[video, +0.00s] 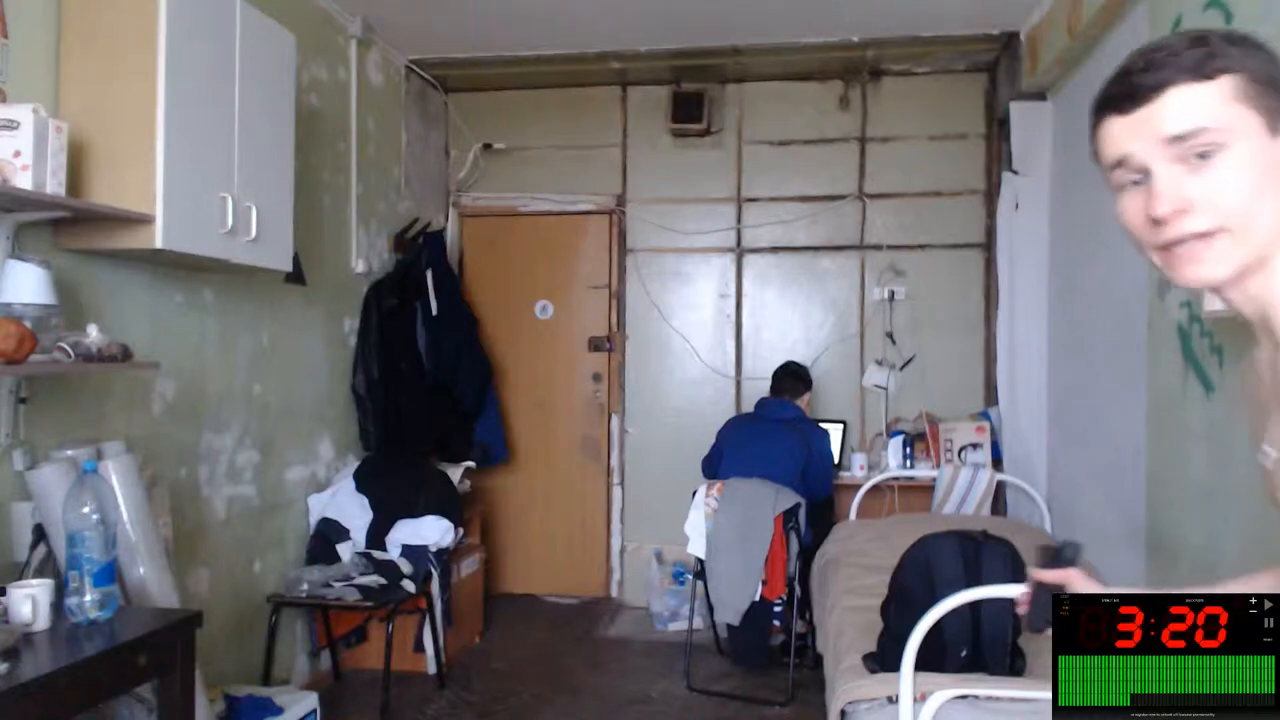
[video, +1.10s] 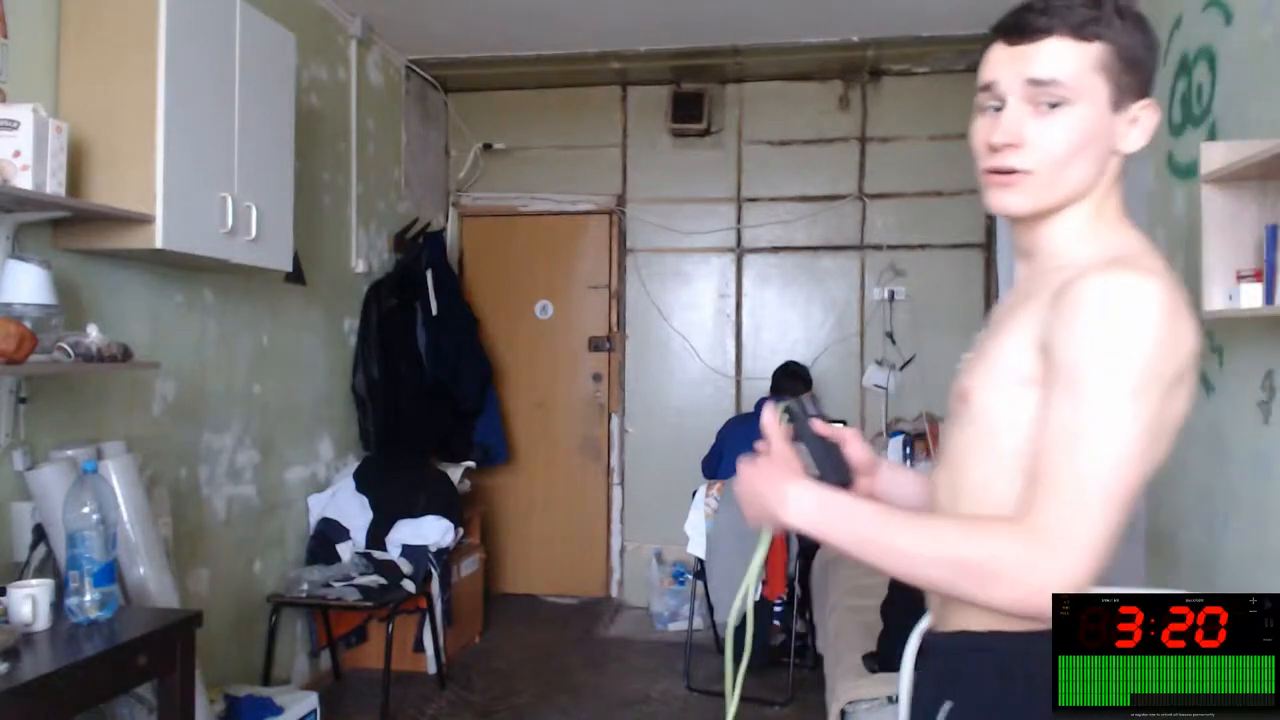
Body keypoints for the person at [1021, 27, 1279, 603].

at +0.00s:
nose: (1161, 205)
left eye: (1201, 155)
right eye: (1130, 179)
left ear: (1279, 144)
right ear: (1116, 204)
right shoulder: (1260, 373)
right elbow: (1278, 582)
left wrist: (1132, 614)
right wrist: (1122, 610)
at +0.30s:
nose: (1119, 156)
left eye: (1153, 116)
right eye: (1090, 137)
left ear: (1234, 126)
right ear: (1076, 169)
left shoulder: (1264, 283)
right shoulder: (1171, 350)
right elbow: (1248, 545)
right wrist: (1040, 569)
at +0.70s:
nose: (1103, 108)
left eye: (1139, 74)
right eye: (1077, 89)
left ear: (1211, 92)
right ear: (1056, 120)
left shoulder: (1267, 221)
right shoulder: (1129, 307)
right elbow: (1151, 513)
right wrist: (971, 480)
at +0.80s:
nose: (1078, 112)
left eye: (1118, 78)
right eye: (1055, 90)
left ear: (1194, 94)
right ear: (1038, 117)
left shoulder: (1255, 240)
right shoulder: (1120, 297)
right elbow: (1129, 511)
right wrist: (962, 483)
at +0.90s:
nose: (1053, 137)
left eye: (1093, 102)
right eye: (1033, 114)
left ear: (1177, 115)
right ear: (1015, 138)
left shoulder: (1219, 281)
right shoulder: (1109, 290)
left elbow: (1272, 558)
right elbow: (1099, 533)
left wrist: (1005, 659)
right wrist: (942, 492)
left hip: (1155, 693)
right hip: (1076, 688)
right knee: (933, 560)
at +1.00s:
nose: (1026, 136)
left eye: (1070, 101)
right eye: (1011, 110)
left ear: (1159, 116)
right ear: (996, 129)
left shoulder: (1162, 300)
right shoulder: (1078, 287)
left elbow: (1142, 579)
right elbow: (1057, 527)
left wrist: (856, 585)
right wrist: (909, 485)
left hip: (1067, 696)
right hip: (1010, 688)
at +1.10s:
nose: (1000, 131)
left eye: (1048, 103)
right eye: (990, 103)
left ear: (1132, 127)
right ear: (972, 117)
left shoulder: (1119, 301)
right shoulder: (1035, 289)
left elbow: (1049, 572)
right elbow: (1006, 504)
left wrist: (801, 505)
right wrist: (877, 479)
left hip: (1015, 676)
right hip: (956, 663)